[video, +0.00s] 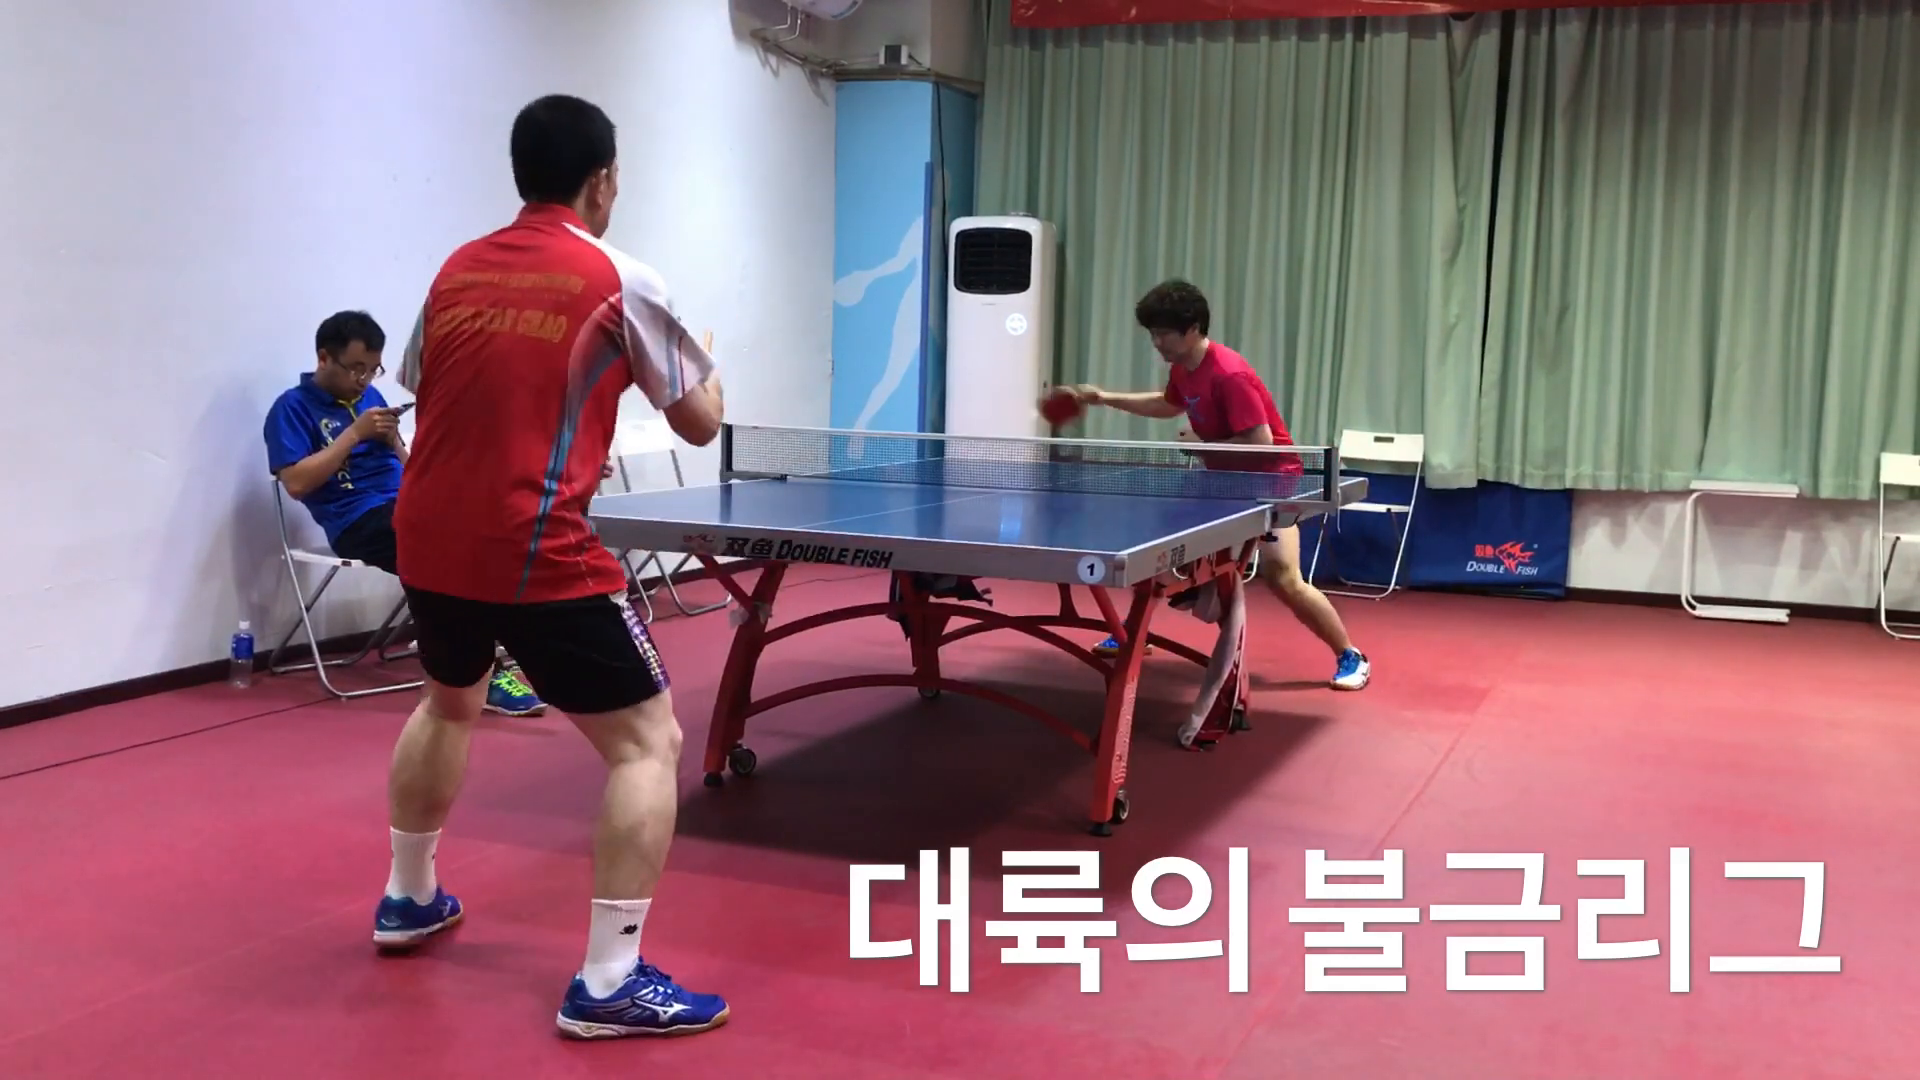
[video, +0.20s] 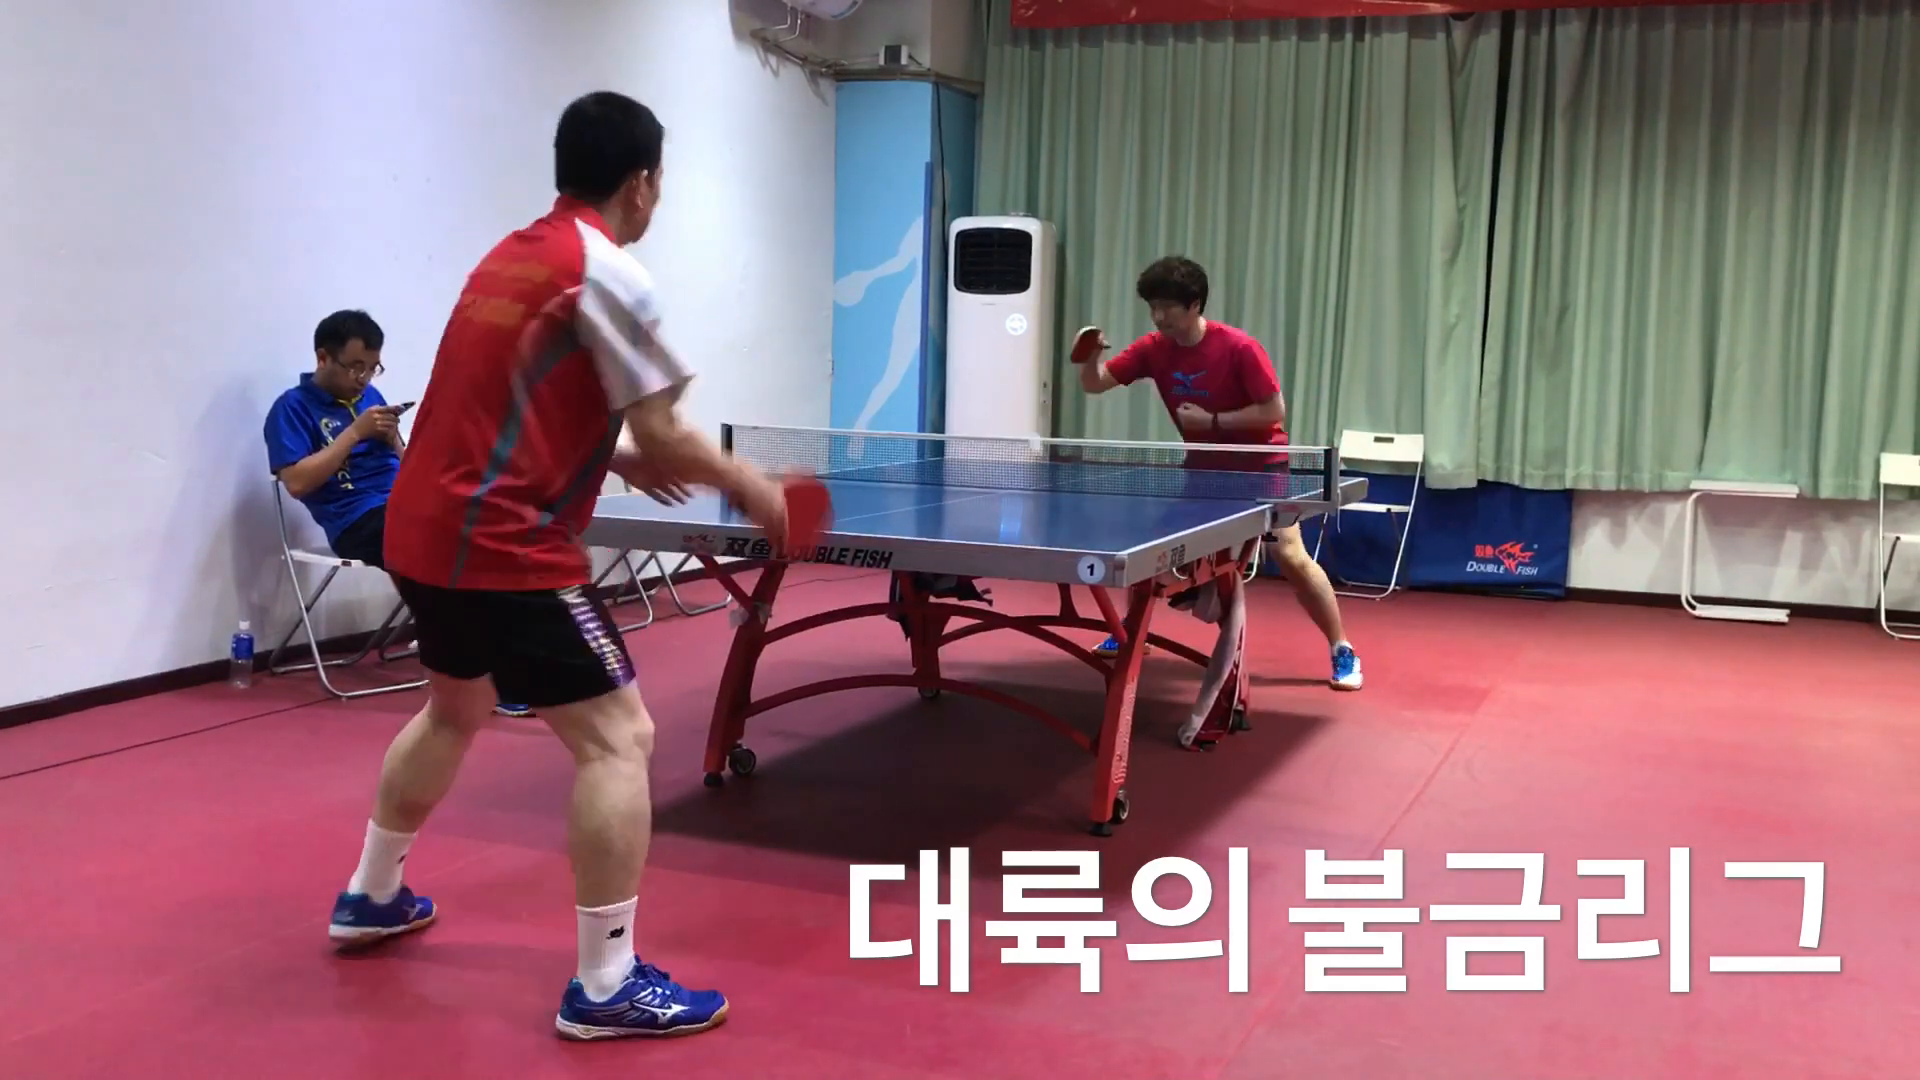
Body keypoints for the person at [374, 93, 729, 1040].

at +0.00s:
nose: (616, 192)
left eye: (614, 178)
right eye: (615, 179)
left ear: (518, 179)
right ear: (598, 184)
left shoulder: (458, 266)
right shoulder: (612, 281)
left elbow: (423, 391)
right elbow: (698, 424)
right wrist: (706, 380)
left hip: (428, 544)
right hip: (540, 554)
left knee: (448, 703)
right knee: (646, 743)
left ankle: (408, 898)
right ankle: (609, 979)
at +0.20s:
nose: (659, 197)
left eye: (656, 179)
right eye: (659, 179)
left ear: (567, 174)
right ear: (639, 182)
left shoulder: (511, 255)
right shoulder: (605, 271)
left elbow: (523, 410)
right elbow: (658, 440)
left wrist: (631, 459)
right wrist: (745, 481)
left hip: (423, 535)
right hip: (509, 551)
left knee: (453, 712)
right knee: (615, 735)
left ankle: (369, 895)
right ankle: (606, 983)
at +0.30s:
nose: (673, 214)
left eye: (671, 197)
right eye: (669, 197)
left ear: (585, 199)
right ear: (640, 204)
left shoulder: (540, 276)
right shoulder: (584, 295)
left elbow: (560, 437)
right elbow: (598, 448)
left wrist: (641, 470)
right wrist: (722, 539)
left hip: (420, 553)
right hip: (487, 565)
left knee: (461, 725)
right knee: (618, 735)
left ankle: (365, 903)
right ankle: (603, 983)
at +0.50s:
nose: (712, 251)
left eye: (708, 233)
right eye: (704, 234)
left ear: (622, 238)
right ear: (675, 243)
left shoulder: (558, 307)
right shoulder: (655, 335)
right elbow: (823, 407)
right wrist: (980, 428)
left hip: (392, 539)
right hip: (444, 556)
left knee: (433, 715)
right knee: (604, 740)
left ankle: (359, 897)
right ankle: (596, 988)